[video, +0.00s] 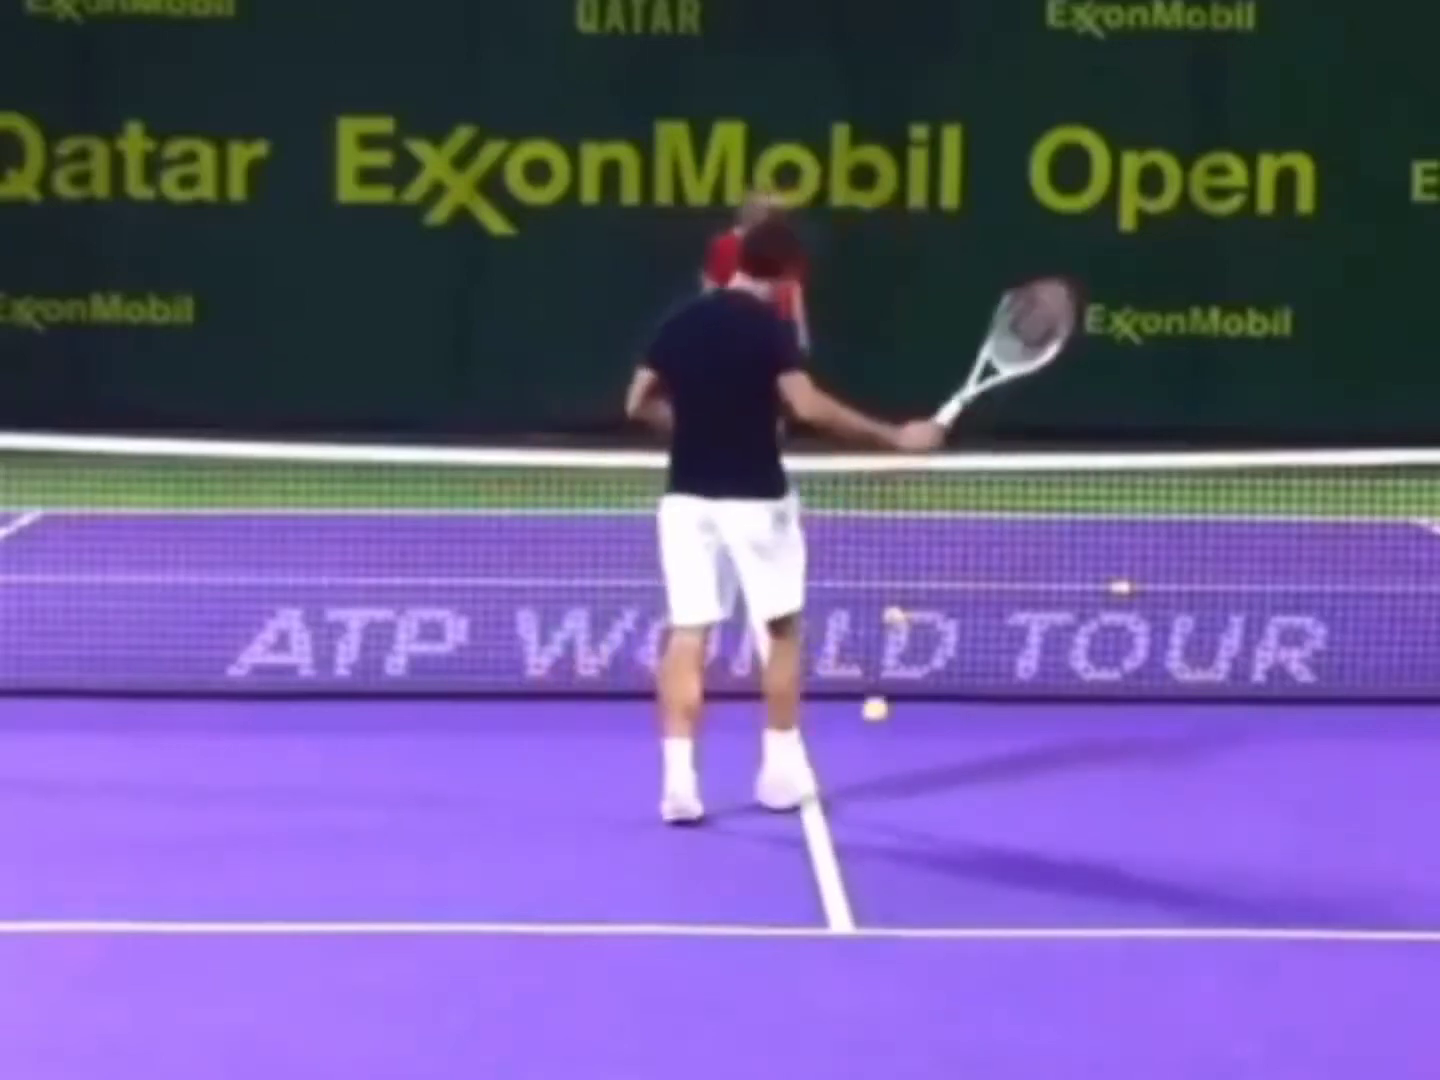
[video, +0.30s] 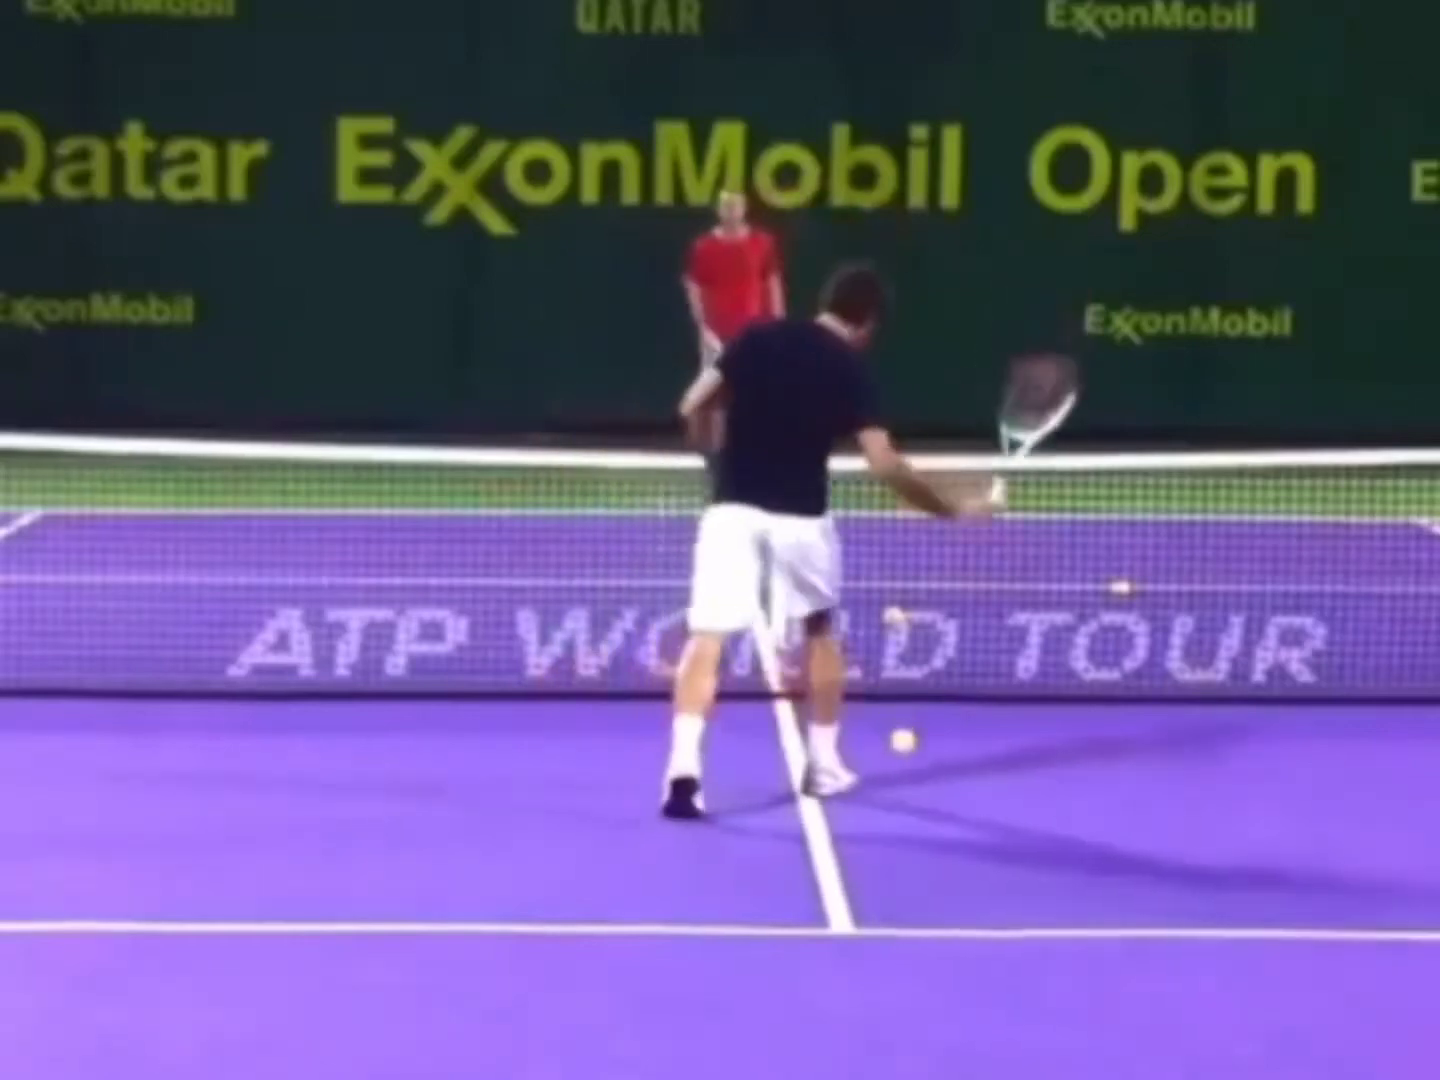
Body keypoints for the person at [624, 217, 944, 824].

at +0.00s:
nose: (794, 288)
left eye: (793, 279)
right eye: (794, 279)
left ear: (737, 263)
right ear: (783, 275)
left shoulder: (686, 318)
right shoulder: (771, 326)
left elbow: (639, 403)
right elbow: (807, 406)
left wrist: (690, 425)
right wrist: (896, 436)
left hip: (686, 497)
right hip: (757, 499)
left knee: (686, 633)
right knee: (781, 631)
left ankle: (677, 774)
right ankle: (782, 765)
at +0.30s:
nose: (870, 337)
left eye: (870, 326)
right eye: (872, 327)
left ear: (820, 304)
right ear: (865, 323)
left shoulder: (757, 339)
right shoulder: (848, 368)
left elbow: (693, 406)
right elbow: (883, 463)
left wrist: (717, 459)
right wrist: (949, 507)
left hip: (730, 513)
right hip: (800, 522)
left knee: (706, 638)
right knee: (821, 634)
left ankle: (683, 767)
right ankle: (824, 762)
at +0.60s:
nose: (915, 367)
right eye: (917, 359)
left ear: (878, 324)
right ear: (913, 355)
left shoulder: (821, 328)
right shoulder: (895, 396)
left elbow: (750, 338)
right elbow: (899, 510)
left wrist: (723, 414)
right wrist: (913, 601)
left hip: (762, 463)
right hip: (827, 488)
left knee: (725, 595)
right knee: (825, 619)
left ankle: (688, 720)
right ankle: (824, 759)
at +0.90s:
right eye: (923, 340)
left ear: (883, 309)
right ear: (920, 342)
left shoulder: (841, 320)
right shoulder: (905, 385)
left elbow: (775, 345)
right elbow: (900, 487)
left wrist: (773, 414)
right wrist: (879, 505)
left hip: (781, 458)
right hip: (843, 486)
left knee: (734, 586)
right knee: (834, 616)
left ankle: (700, 706)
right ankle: (826, 758)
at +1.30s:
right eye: (891, 277)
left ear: (844, 269)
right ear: (897, 286)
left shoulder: (806, 311)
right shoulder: (903, 350)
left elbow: (762, 381)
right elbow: (906, 453)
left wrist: (753, 439)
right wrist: (865, 472)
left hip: (778, 488)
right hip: (847, 501)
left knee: (750, 621)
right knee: (841, 628)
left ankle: (767, 740)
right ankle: (829, 757)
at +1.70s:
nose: (830, 266)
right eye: (833, 258)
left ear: (779, 259)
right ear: (835, 260)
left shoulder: (749, 323)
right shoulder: (858, 326)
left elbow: (717, 414)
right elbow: (898, 415)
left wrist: (760, 415)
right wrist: (863, 450)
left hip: (769, 493)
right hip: (841, 497)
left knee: (769, 632)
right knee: (853, 625)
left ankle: (782, 771)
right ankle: (855, 766)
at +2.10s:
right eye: (863, 260)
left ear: (805, 266)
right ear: (865, 269)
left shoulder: (778, 332)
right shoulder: (887, 342)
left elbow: (742, 423)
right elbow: (912, 439)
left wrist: (766, 436)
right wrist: (871, 462)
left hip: (777, 514)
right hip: (851, 519)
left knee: (772, 650)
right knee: (864, 657)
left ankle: (774, 777)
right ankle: (861, 794)